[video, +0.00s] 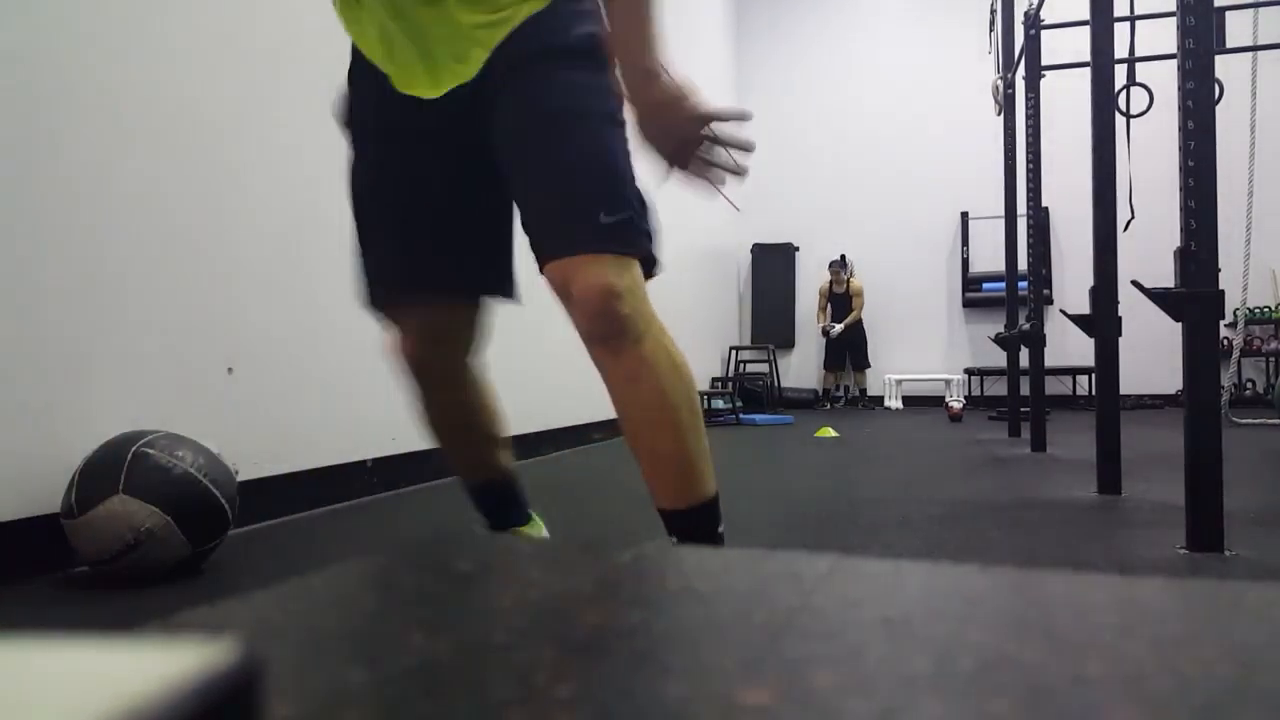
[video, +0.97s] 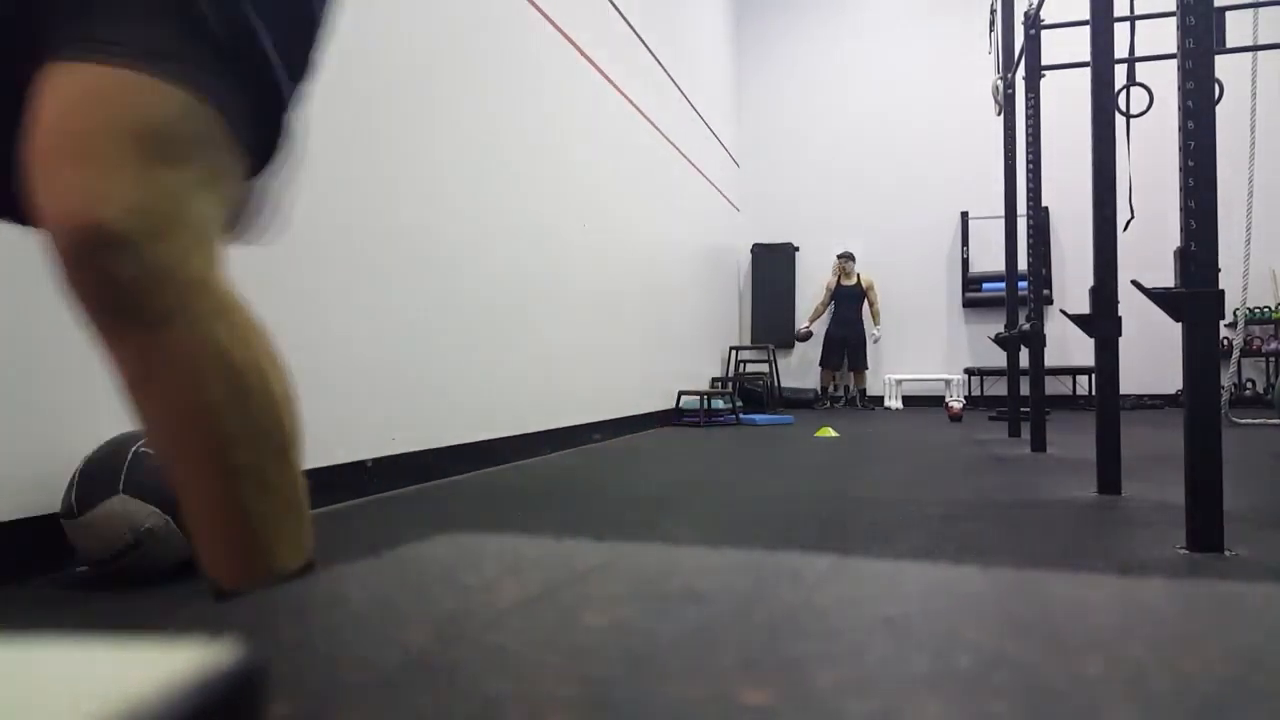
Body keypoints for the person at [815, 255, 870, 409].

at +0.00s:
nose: (835, 277)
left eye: (838, 273)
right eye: (832, 273)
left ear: (844, 272)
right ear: (829, 273)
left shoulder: (855, 287)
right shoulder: (825, 289)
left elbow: (857, 311)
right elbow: (822, 309)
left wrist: (842, 326)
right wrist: (822, 324)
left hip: (854, 329)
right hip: (834, 330)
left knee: (859, 366)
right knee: (830, 367)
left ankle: (863, 399)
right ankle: (825, 399)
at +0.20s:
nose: (836, 271)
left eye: (839, 267)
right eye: (834, 268)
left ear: (846, 268)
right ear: (831, 269)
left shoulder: (856, 284)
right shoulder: (826, 287)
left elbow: (860, 307)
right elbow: (821, 308)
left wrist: (847, 324)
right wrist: (820, 324)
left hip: (853, 329)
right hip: (833, 330)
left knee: (858, 366)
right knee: (829, 367)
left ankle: (863, 399)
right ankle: (825, 399)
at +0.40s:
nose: (837, 268)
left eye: (840, 265)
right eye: (834, 265)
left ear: (846, 266)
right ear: (831, 267)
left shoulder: (857, 283)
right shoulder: (826, 286)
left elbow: (863, 305)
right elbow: (821, 308)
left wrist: (863, 326)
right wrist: (815, 326)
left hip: (853, 331)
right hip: (833, 331)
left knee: (858, 368)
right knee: (829, 368)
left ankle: (862, 399)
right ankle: (825, 399)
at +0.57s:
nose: (838, 267)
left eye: (841, 263)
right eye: (835, 264)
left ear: (848, 265)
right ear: (832, 266)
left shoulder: (858, 283)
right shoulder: (827, 285)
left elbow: (867, 304)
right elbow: (820, 308)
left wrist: (874, 326)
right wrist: (811, 327)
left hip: (853, 331)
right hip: (833, 331)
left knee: (858, 368)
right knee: (829, 368)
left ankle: (862, 400)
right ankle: (825, 400)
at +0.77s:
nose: (842, 265)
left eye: (844, 262)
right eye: (839, 263)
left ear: (851, 263)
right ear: (836, 265)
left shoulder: (862, 282)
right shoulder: (830, 284)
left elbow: (871, 304)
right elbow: (822, 307)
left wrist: (877, 326)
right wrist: (811, 326)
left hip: (854, 330)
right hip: (834, 330)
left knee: (858, 368)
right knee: (829, 367)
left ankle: (862, 400)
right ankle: (825, 399)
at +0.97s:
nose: (843, 266)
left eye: (846, 262)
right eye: (841, 263)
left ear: (853, 263)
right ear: (838, 265)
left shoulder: (865, 282)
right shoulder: (833, 283)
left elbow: (873, 304)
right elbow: (823, 305)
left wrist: (877, 327)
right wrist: (808, 323)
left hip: (856, 330)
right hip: (835, 330)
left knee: (859, 367)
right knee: (827, 365)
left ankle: (862, 399)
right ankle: (824, 398)